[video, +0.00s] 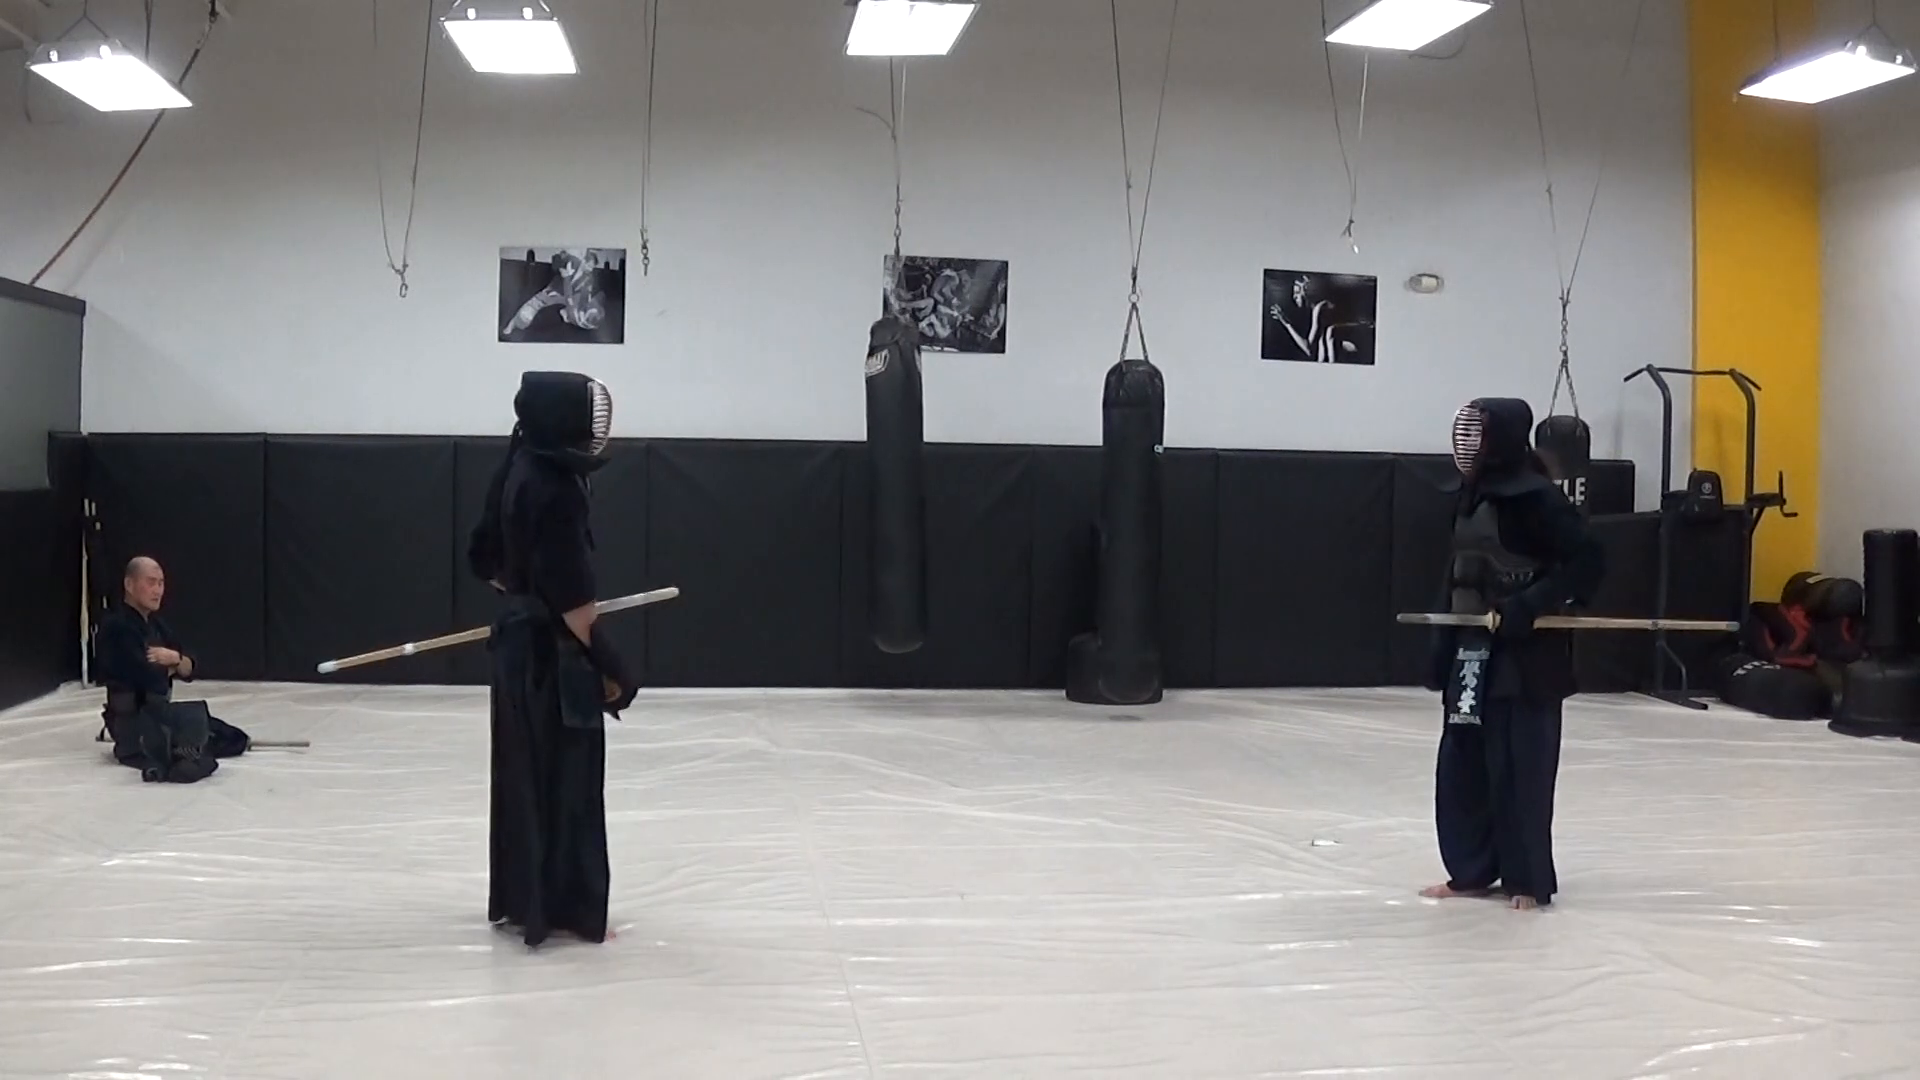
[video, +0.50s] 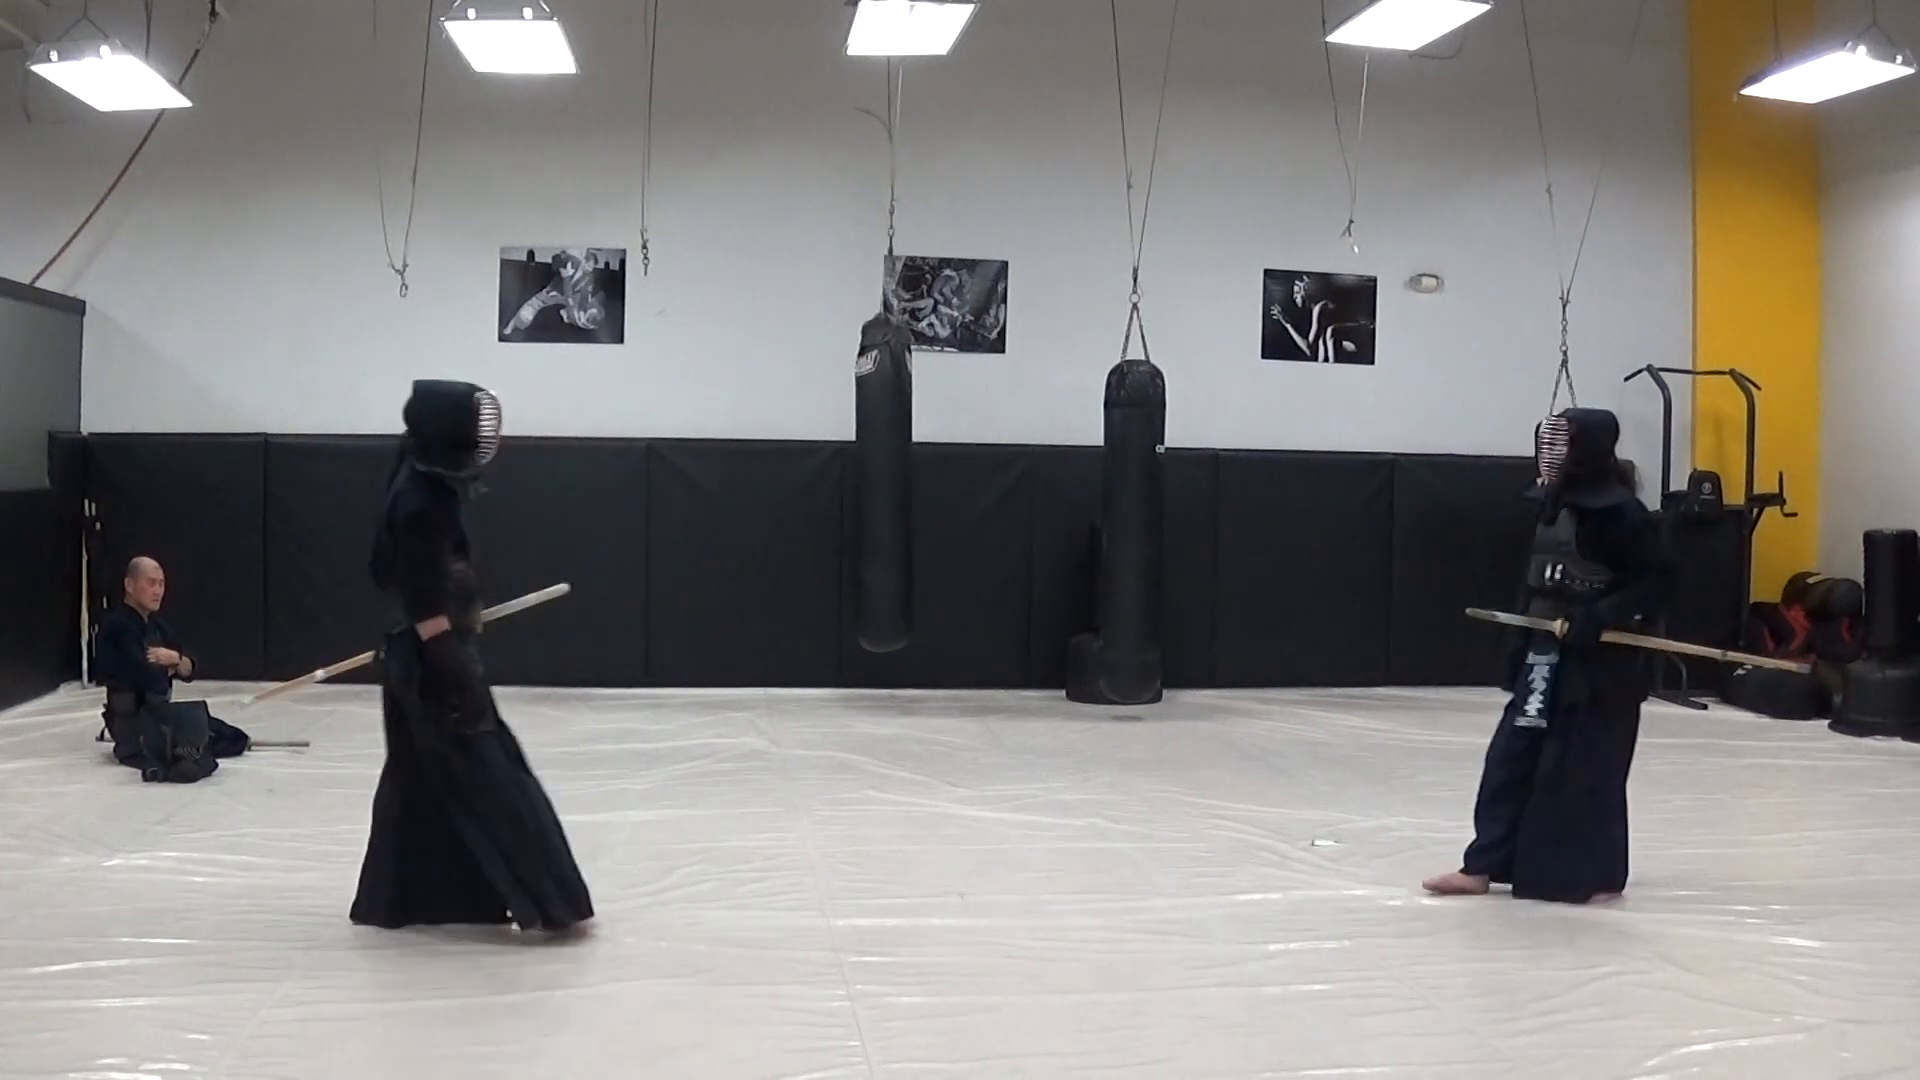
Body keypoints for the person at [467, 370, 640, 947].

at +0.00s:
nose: (599, 434)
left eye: (599, 423)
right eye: (592, 423)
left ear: (539, 420)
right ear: (567, 425)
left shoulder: (516, 469)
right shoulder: (556, 485)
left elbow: (486, 557)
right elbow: (570, 594)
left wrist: (535, 593)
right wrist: (612, 662)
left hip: (517, 642)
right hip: (552, 647)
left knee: (525, 774)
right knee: (566, 778)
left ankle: (522, 903)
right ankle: (572, 911)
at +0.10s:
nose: (587, 432)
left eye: (586, 421)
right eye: (580, 422)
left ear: (527, 421)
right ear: (556, 425)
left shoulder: (503, 470)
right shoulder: (544, 486)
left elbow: (473, 561)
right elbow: (555, 596)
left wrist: (528, 596)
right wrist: (594, 669)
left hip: (506, 642)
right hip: (542, 647)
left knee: (517, 769)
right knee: (560, 778)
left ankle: (502, 891)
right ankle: (566, 911)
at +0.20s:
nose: (570, 435)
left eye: (569, 424)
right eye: (561, 424)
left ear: (510, 423)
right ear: (534, 428)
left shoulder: (491, 477)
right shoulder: (520, 489)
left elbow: (459, 565)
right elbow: (529, 598)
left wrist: (518, 594)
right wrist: (568, 674)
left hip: (496, 646)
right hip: (526, 650)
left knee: (504, 772)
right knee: (553, 782)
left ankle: (429, 873)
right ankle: (569, 914)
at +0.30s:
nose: (544, 443)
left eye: (544, 432)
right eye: (536, 433)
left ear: (484, 432)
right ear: (511, 436)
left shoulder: (468, 485)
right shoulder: (496, 498)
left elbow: (443, 576)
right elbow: (501, 608)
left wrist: (511, 602)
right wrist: (539, 687)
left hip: (476, 651)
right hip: (508, 655)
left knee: (474, 775)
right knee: (548, 778)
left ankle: (395, 877)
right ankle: (570, 913)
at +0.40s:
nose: (515, 449)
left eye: (514, 438)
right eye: (507, 439)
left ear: (459, 438)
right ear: (481, 441)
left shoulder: (452, 489)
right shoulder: (455, 502)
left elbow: (423, 575)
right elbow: (460, 609)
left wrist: (495, 609)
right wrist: (496, 684)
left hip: (454, 654)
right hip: (470, 658)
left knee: (440, 773)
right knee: (531, 778)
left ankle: (387, 891)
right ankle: (568, 909)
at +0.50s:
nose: (483, 443)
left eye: (483, 431)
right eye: (475, 432)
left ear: (427, 430)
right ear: (451, 435)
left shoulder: (421, 486)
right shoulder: (423, 496)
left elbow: (396, 573)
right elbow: (421, 597)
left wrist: (462, 605)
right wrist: (456, 673)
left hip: (418, 652)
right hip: (435, 655)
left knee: (417, 776)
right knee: (495, 775)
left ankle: (398, 895)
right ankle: (549, 901)